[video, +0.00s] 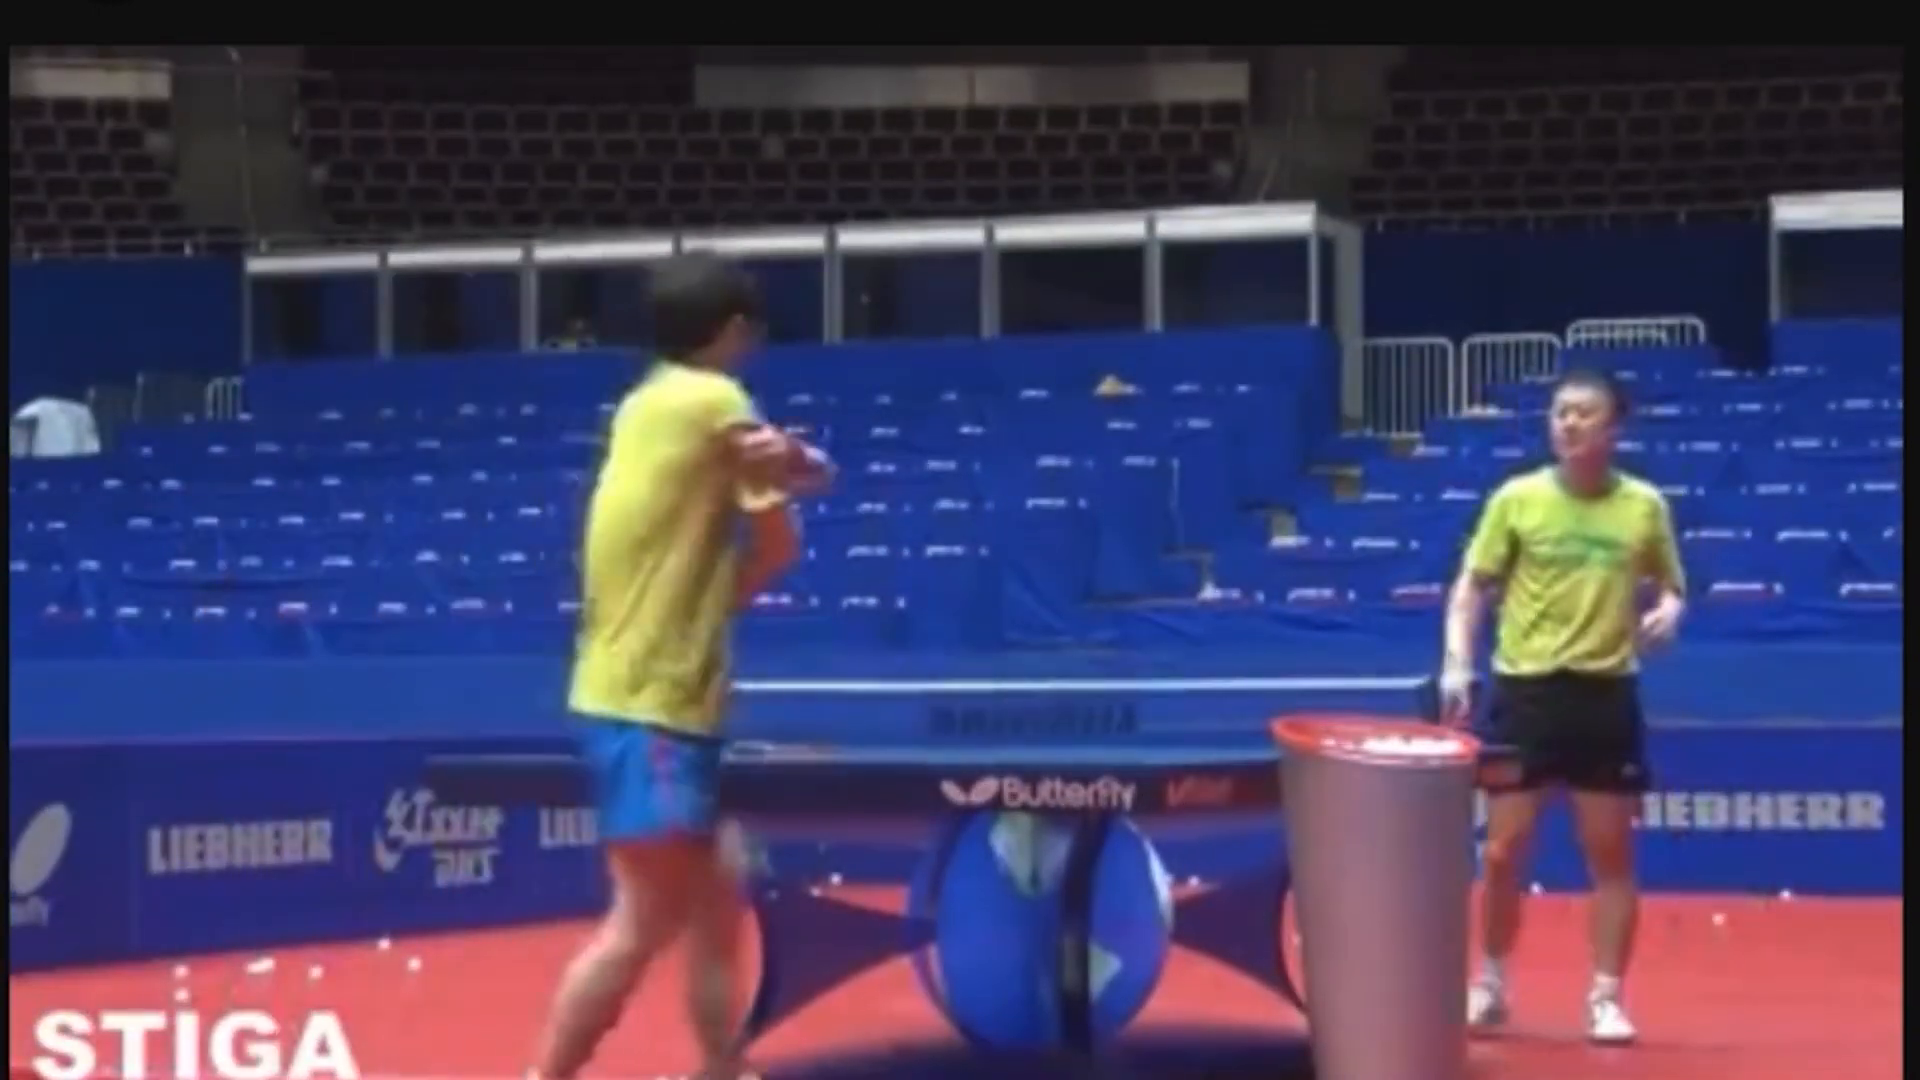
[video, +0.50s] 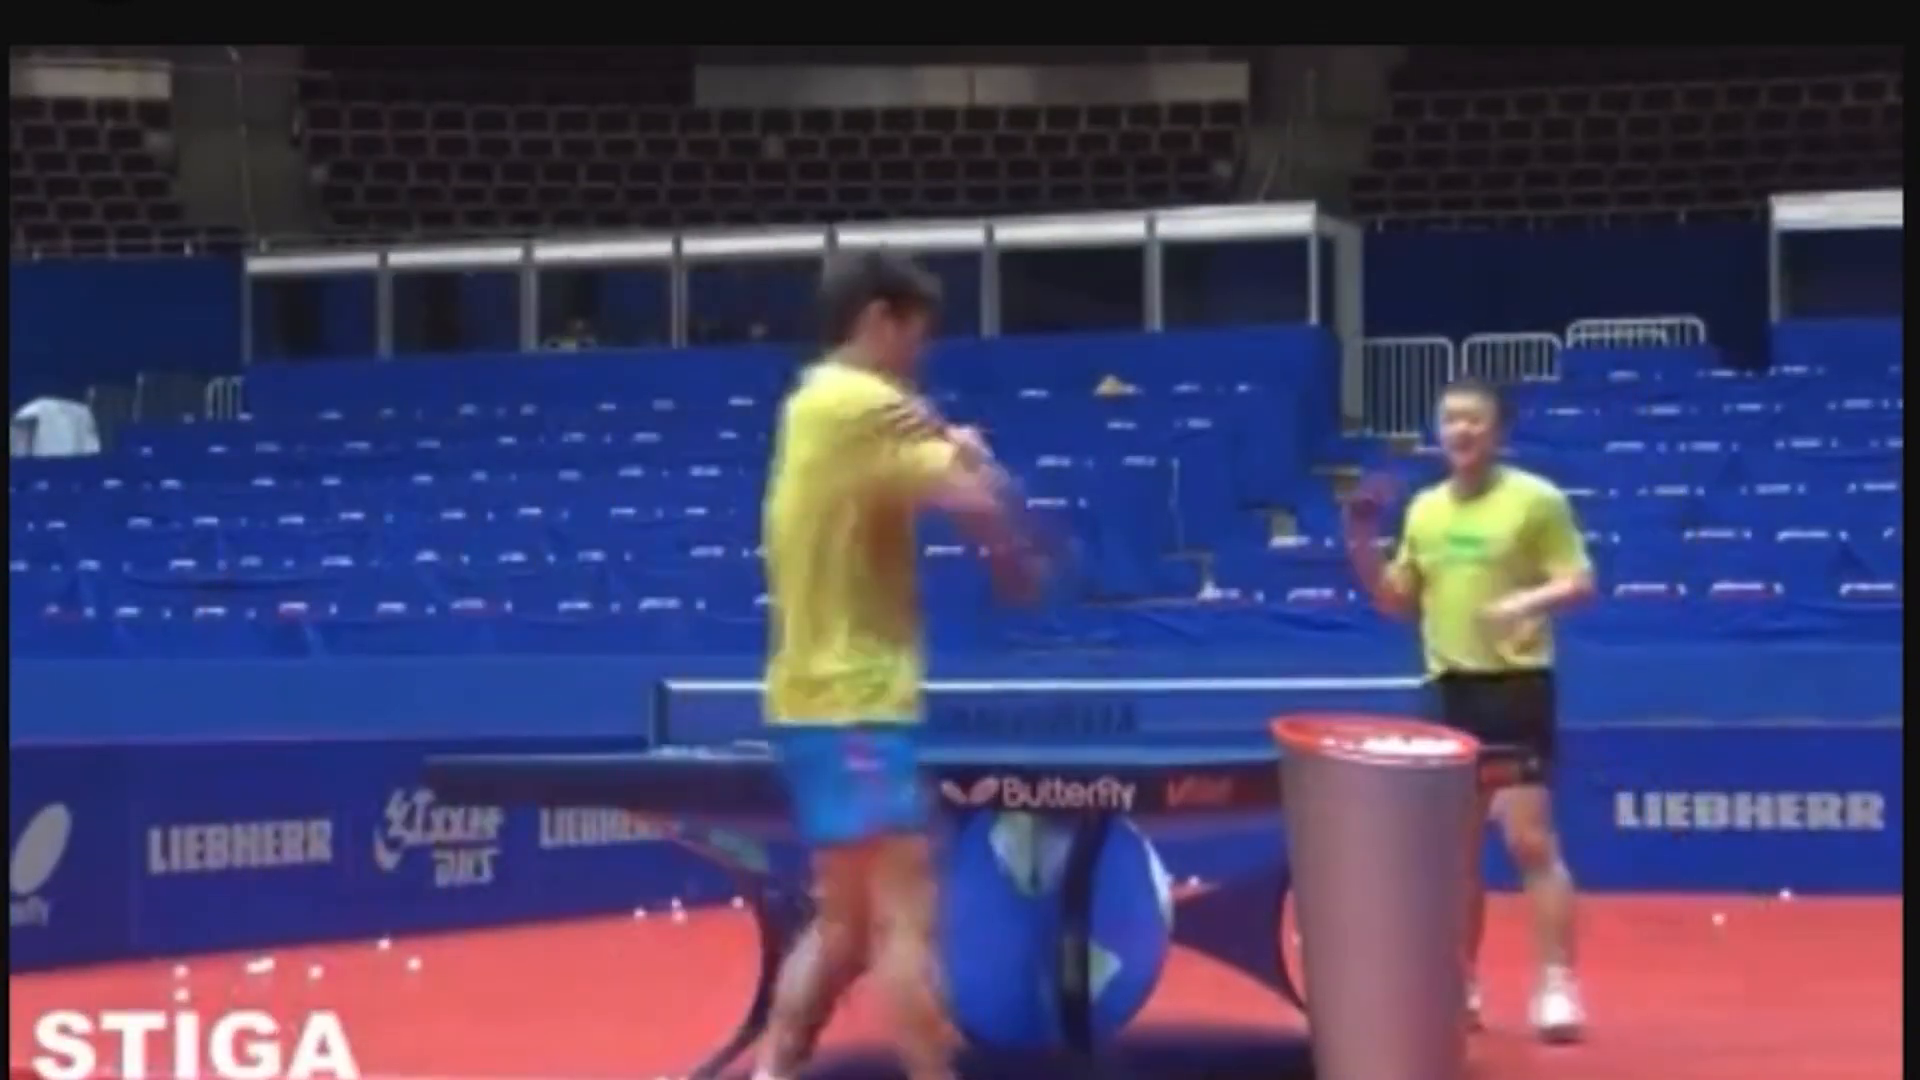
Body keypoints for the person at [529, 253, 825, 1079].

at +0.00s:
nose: (753, 338)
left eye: (749, 325)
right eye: (750, 325)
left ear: (671, 331)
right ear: (730, 328)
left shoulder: (650, 403)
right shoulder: (711, 401)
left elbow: (757, 546)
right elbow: (808, 479)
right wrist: (796, 458)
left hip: (644, 703)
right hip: (649, 709)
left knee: (713, 910)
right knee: (644, 918)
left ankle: (722, 1064)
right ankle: (547, 1068)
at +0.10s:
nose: (785, 342)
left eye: (781, 327)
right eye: (779, 327)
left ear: (708, 332)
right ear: (756, 329)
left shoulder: (698, 405)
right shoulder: (732, 392)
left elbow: (801, 551)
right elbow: (824, 463)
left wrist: (807, 477)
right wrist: (846, 452)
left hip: (703, 701)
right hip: (689, 703)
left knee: (752, 903)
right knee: (752, 901)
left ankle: (746, 1062)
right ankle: (588, 1058)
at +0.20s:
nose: (824, 347)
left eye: (824, 331)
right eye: (819, 330)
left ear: (753, 328)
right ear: (790, 326)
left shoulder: (740, 408)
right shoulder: (756, 392)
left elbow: (846, 543)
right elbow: (890, 463)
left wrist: (836, 464)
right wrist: (866, 444)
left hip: (726, 700)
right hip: (740, 703)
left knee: (780, 905)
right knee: (833, 892)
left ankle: (751, 1067)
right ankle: (689, 1050)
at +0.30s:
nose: (859, 345)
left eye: (860, 327)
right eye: (853, 326)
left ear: (795, 322)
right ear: (814, 317)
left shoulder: (757, 401)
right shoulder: (784, 389)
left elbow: (872, 540)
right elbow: (925, 459)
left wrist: (863, 458)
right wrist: (894, 436)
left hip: (747, 691)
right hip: (779, 692)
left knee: (798, 901)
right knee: (868, 883)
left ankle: (742, 1054)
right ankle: (767, 1054)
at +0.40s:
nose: (895, 348)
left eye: (896, 329)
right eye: (888, 327)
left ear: (832, 321)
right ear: (847, 316)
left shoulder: (792, 394)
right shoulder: (826, 396)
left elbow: (968, 470)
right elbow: (917, 512)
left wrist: (918, 436)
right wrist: (922, 572)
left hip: (777, 696)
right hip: (816, 702)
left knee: (816, 922)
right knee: (874, 913)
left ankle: (759, 1069)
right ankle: (904, 1069)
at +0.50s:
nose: (923, 351)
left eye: (925, 332)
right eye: (918, 331)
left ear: (866, 324)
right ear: (879, 320)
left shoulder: (817, 399)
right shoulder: (858, 405)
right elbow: (978, 497)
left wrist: (959, 457)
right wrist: (1009, 554)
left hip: (817, 702)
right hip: (858, 707)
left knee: (842, 929)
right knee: (906, 922)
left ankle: (771, 1068)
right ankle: (936, 1068)